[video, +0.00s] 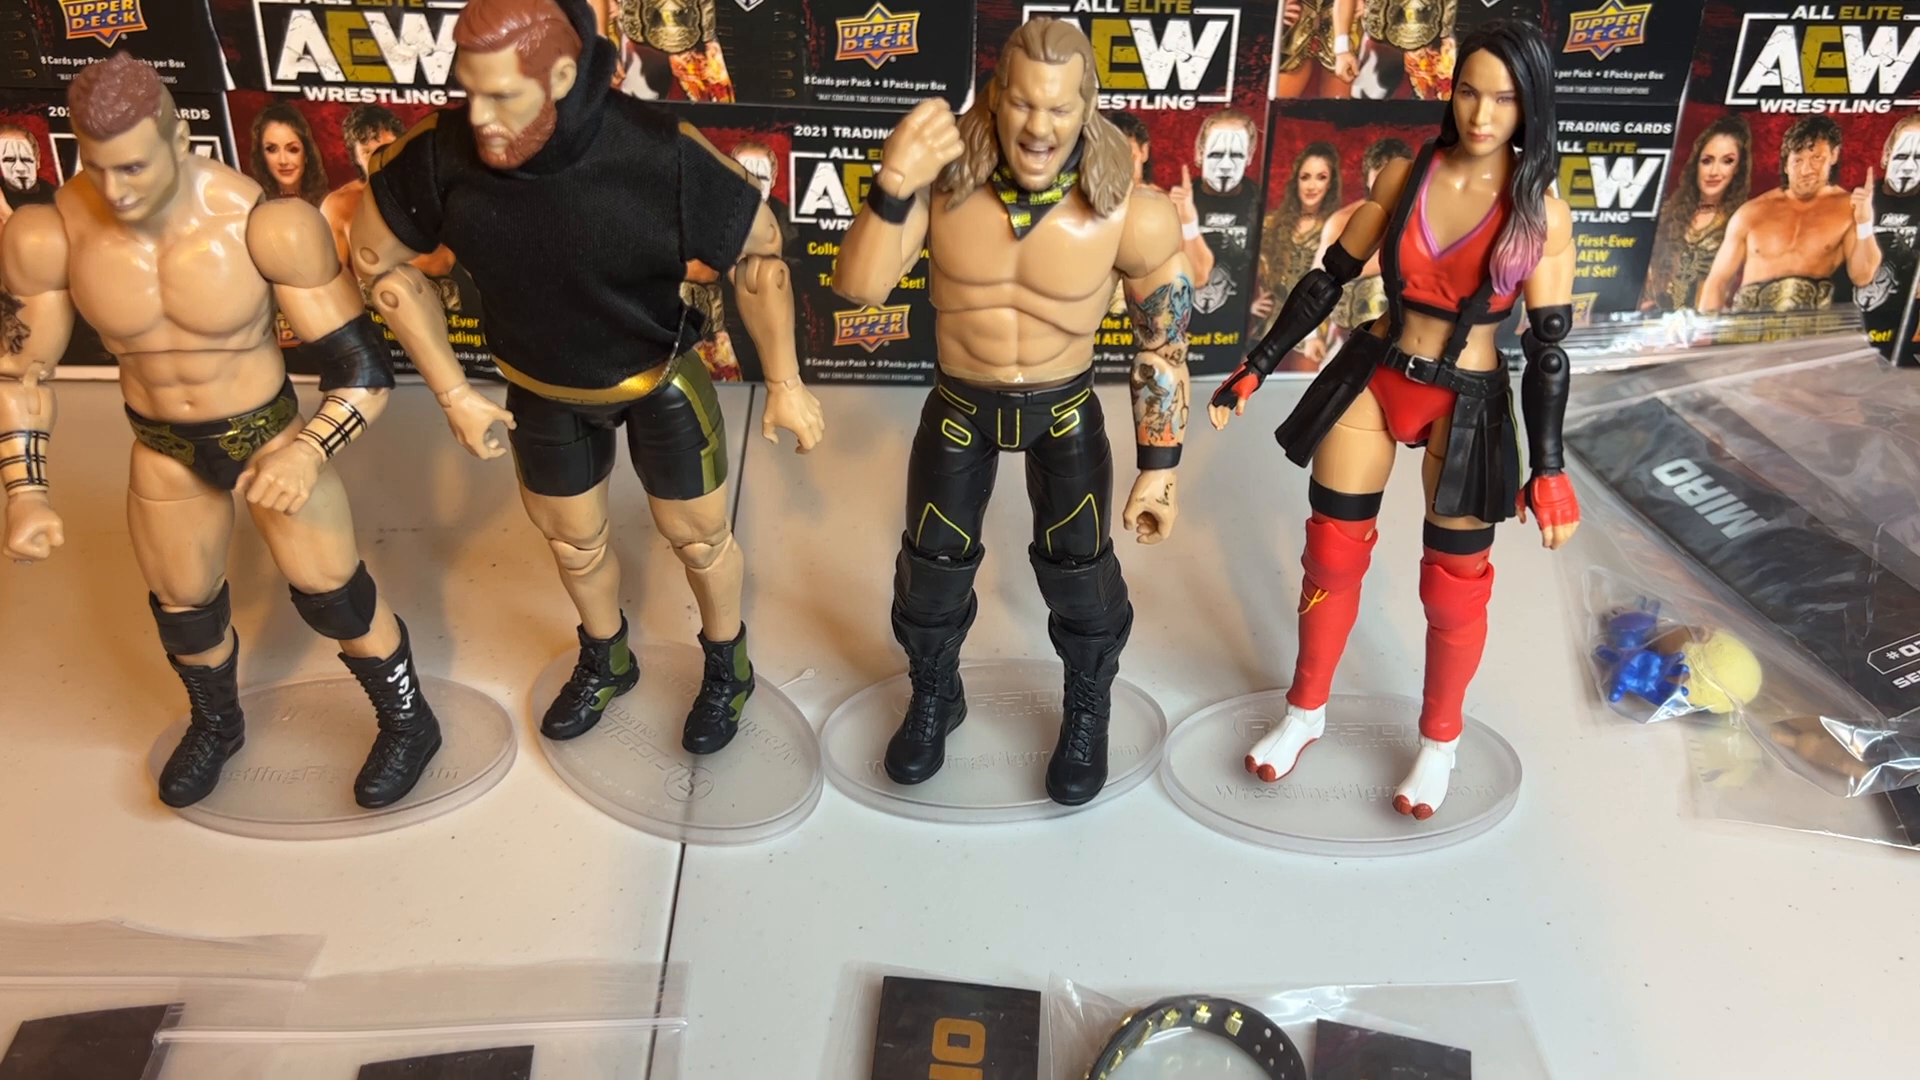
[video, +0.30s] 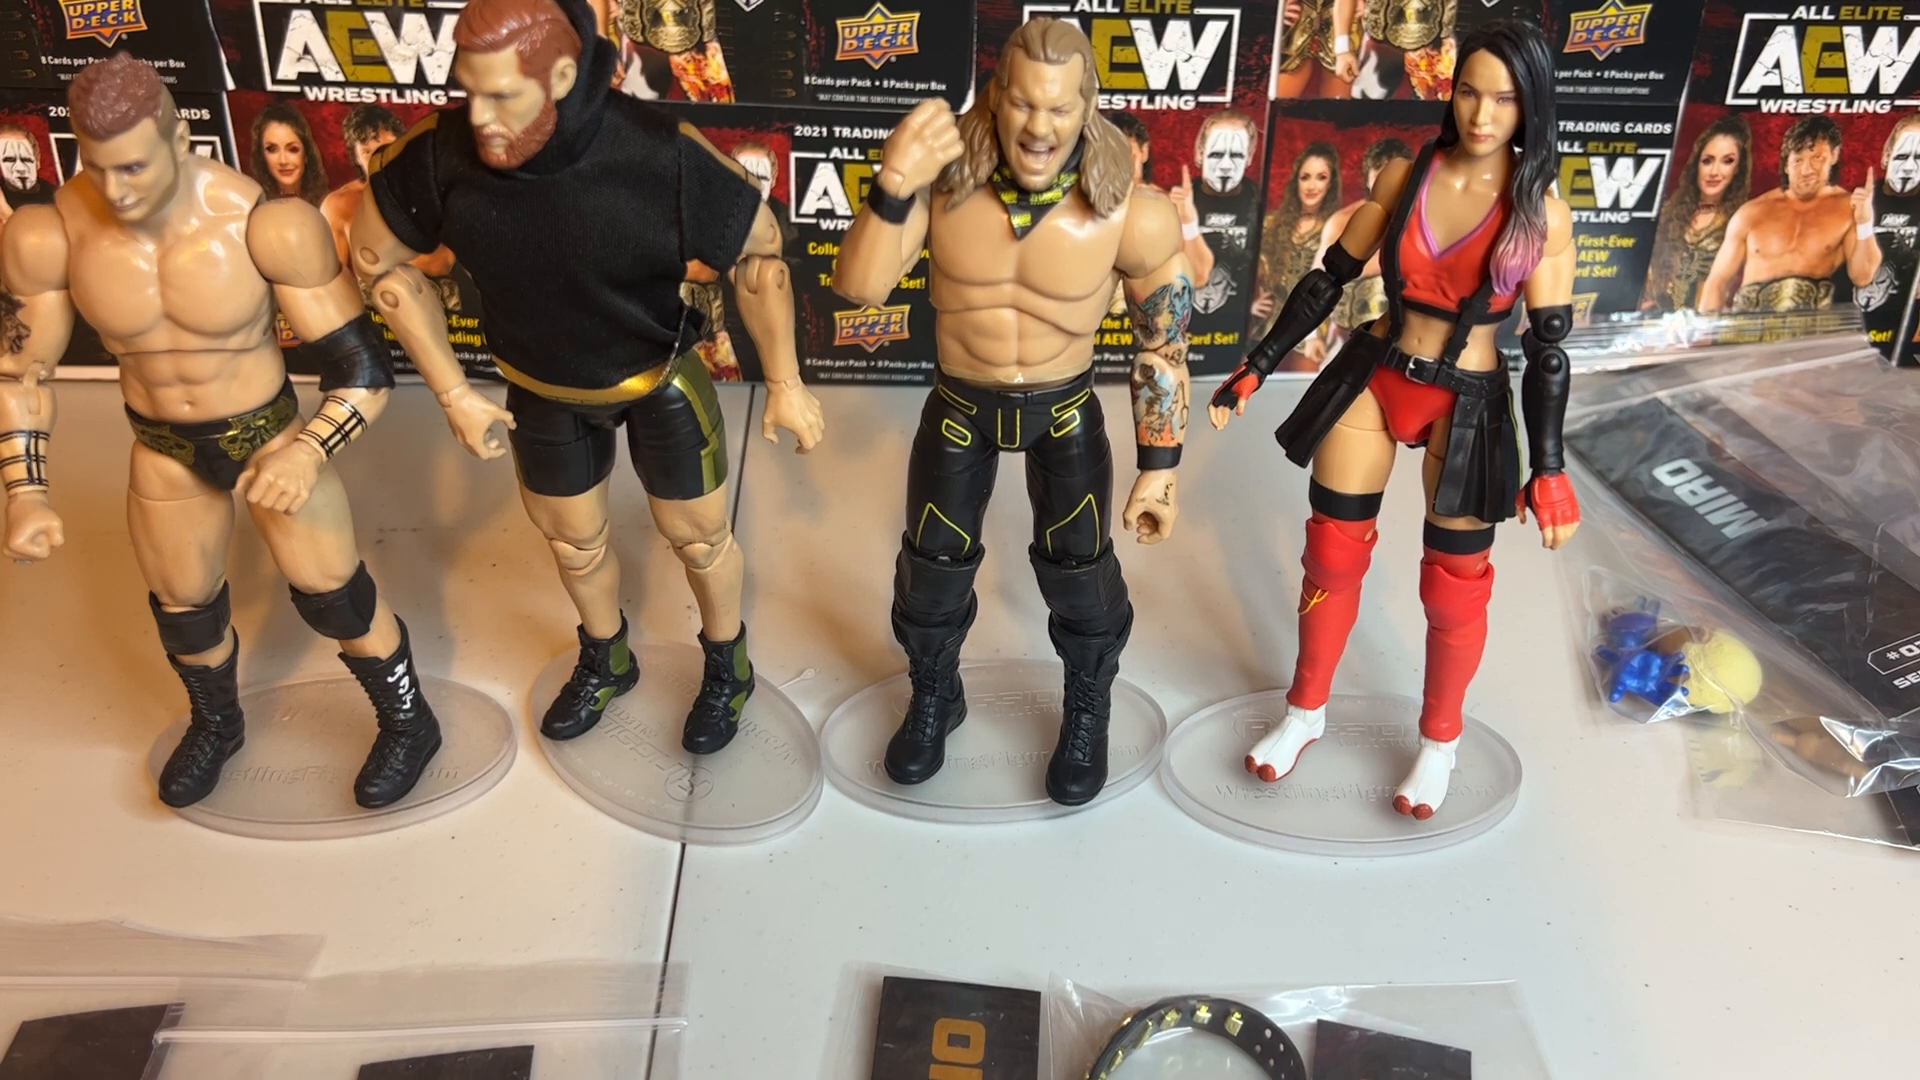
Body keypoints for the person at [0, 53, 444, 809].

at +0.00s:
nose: (117, 188)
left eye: (134, 167)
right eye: (100, 169)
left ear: (178, 138)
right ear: (81, 151)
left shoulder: (268, 225)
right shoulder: (54, 232)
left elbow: (362, 370)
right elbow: (23, 372)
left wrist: (312, 446)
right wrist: (22, 486)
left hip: (269, 440)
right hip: (161, 451)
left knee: (335, 598)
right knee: (186, 616)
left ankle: (408, 722)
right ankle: (216, 723)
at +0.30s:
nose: (118, 188)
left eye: (134, 167)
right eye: (100, 169)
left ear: (178, 138)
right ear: (80, 151)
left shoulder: (268, 225)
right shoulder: (54, 232)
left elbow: (362, 370)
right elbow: (23, 371)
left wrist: (311, 446)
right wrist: (22, 487)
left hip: (268, 441)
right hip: (161, 451)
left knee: (336, 600)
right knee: (186, 617)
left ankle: (409, 722)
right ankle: (217, 722)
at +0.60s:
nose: (118, 188)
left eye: (134, 167)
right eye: (100, 169)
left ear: (178, 138)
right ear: (81, 151)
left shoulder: (268, 225)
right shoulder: (54, 232)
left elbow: (362, 370)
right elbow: (23, 372)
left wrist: (312, 446)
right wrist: (22, 486)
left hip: (269, 441)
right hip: (161, 451)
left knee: (336, 599)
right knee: (186, 617)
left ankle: (408, 722)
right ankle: (216, 723)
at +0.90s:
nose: (118, 188)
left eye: (135, 167)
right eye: (101, 169)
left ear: (179, 139)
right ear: (81, 151)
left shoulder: (268, 225)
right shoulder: (53, 232)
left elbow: (363, 369)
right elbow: (22, 372)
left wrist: (311, 446)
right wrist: (22, 487)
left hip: (268, 441)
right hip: (161, 451)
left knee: (336, 600)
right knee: (186, 617)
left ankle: (409, 722)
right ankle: (216, 722)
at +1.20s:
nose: (118, 188)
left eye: (134, 167)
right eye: (100, 169)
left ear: (178, 138)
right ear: (80, 151)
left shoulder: (268, 225)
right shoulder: (53, 233)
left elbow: (362, 370)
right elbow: (23, 372)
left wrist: (311, 446)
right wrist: (21, 487)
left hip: (269, 441)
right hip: (161, 452)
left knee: (336, 599)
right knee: (186, 617)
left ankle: (409, 722)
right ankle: (216, 722)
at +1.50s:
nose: (118, 188)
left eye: (134, 167)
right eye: (100, 169)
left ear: (178, 138)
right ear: (80, 151)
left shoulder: (268, 225)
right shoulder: (53, 232)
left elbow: (362, 370)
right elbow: (23, 372)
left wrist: (312, 446)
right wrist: (22, 487)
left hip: (269, 440)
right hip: (161, 451)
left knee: (336, 599)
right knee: (186, 617)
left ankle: (408, 722)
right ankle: (216, 723)